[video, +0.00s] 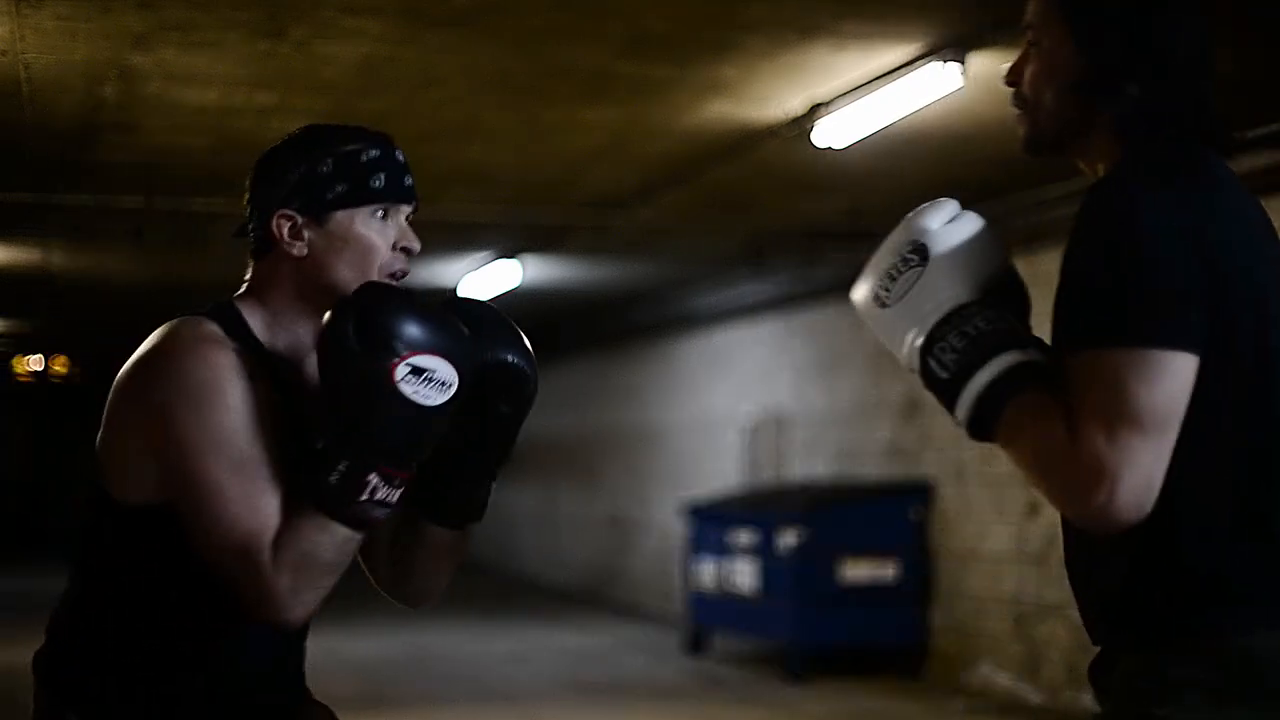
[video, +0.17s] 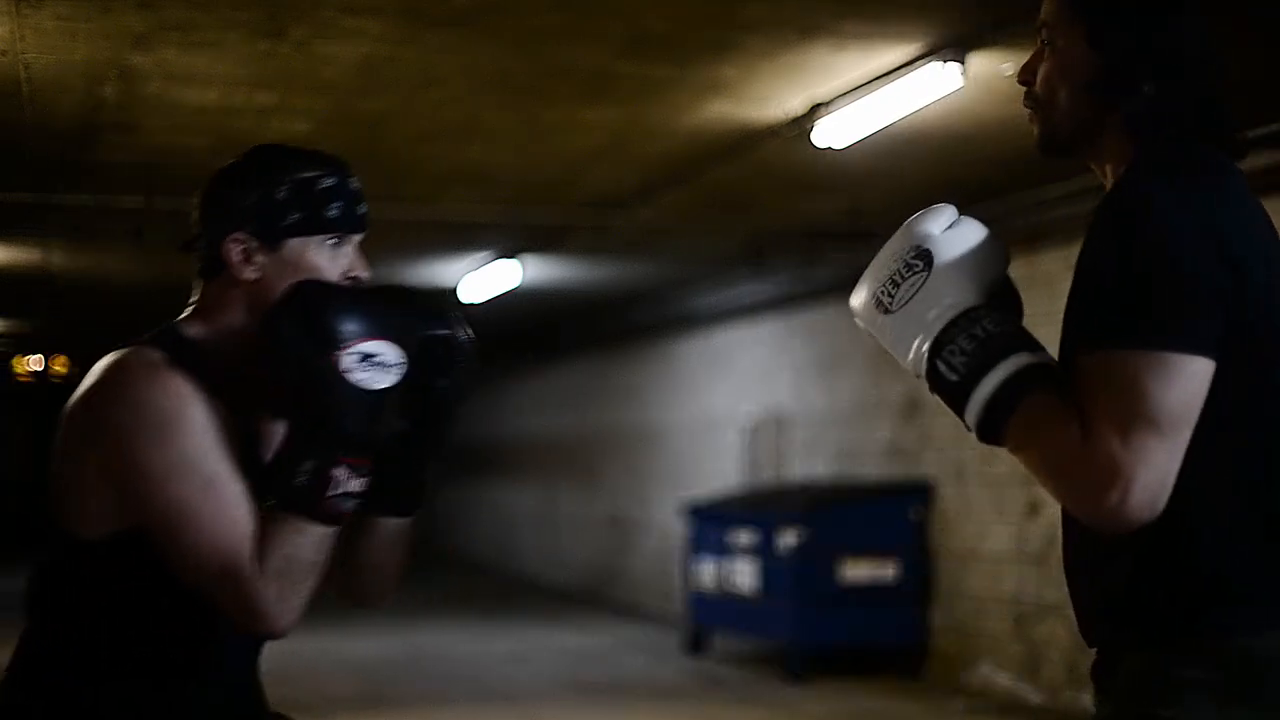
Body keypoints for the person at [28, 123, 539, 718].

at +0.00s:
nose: (412, 245)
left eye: (407, 219)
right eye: (383, 216)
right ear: (292, 232)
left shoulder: (333, 369)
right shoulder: (191, 364)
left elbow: (412, 581)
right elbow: (279, 594)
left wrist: (472, 446)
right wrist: (372, 447)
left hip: (259, 692)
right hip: (137, 698)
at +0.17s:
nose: (361, 273)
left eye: (358, 248)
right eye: (337, 246)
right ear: (244, 257)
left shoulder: (259, 389)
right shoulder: (143, 391)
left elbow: (363, 586)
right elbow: (266, 604)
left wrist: (412, 425)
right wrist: (337, 433)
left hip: (212, 703)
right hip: (102, 716)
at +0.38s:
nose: (327, 304)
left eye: (323, 278)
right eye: (300, 276)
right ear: (210, 287)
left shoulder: (236, 411)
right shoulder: (96, 418)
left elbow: (315, 619)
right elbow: (191, 639)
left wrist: (373, 475)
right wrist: (279, 486)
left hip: (203, 709)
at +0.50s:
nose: (271, 305)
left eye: (272, 276)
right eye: (240, 278)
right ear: (152, 289)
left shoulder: (259, 412)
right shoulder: (47, 426)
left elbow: (347, 611)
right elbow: (114, 654)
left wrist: (359, 449)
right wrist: (200, 483)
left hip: (239, 707)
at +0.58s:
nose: (234, 346)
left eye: (240, 314)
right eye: (200, 320)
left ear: (252, 312)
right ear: (130, 336)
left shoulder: (280, 430)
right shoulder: (56, 468)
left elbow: (394, 633)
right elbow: (76, 697)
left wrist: (344, 471)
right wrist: (123, 538)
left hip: (264, 713)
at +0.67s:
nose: (260, 345)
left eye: (265, 315)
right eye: (227, 326)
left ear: (280, 315)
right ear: (161, 347)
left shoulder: (313, 434)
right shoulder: (90, 472)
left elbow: (437, 626)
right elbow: (75, 696)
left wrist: (368, 498)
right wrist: (113, 527)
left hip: (277, 707)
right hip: (145, 717)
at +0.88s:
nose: (393, 271)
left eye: (386, 246)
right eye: (370, 243)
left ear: (286, 260)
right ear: (288, 256)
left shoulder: (268, 342)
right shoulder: (286, 333)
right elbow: (467, 358)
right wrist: (565, 257)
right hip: (196, 709)